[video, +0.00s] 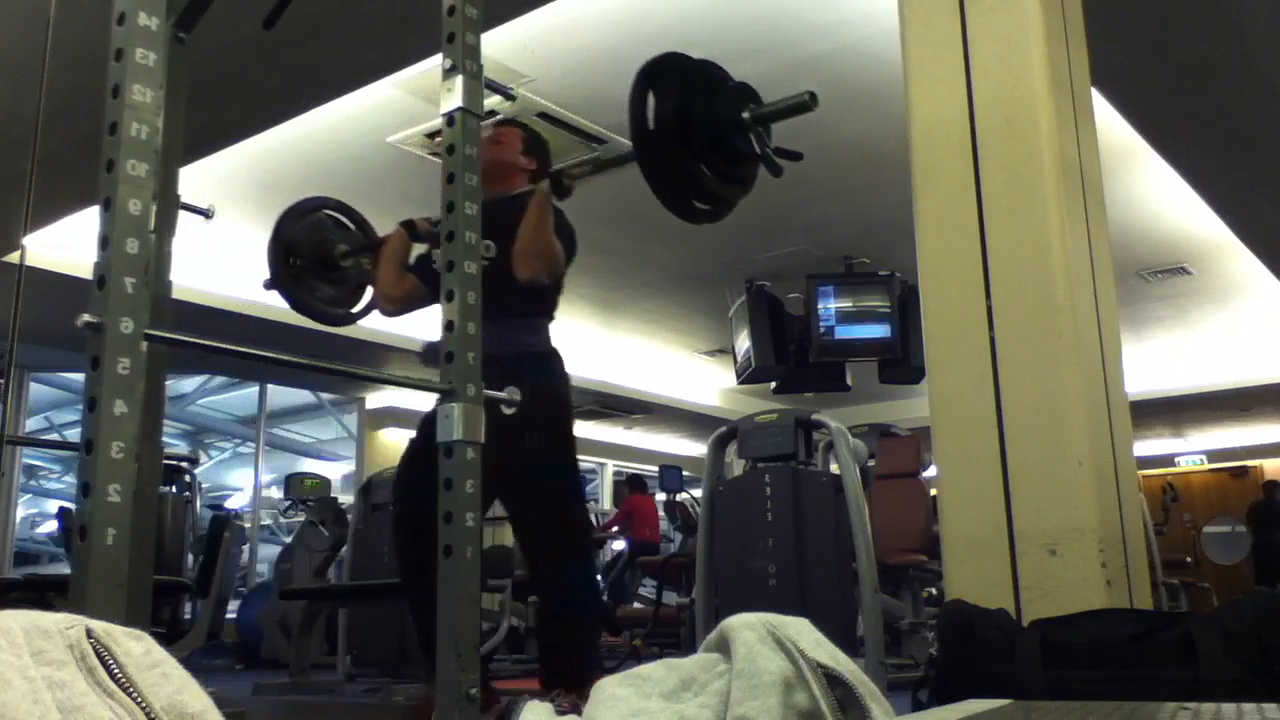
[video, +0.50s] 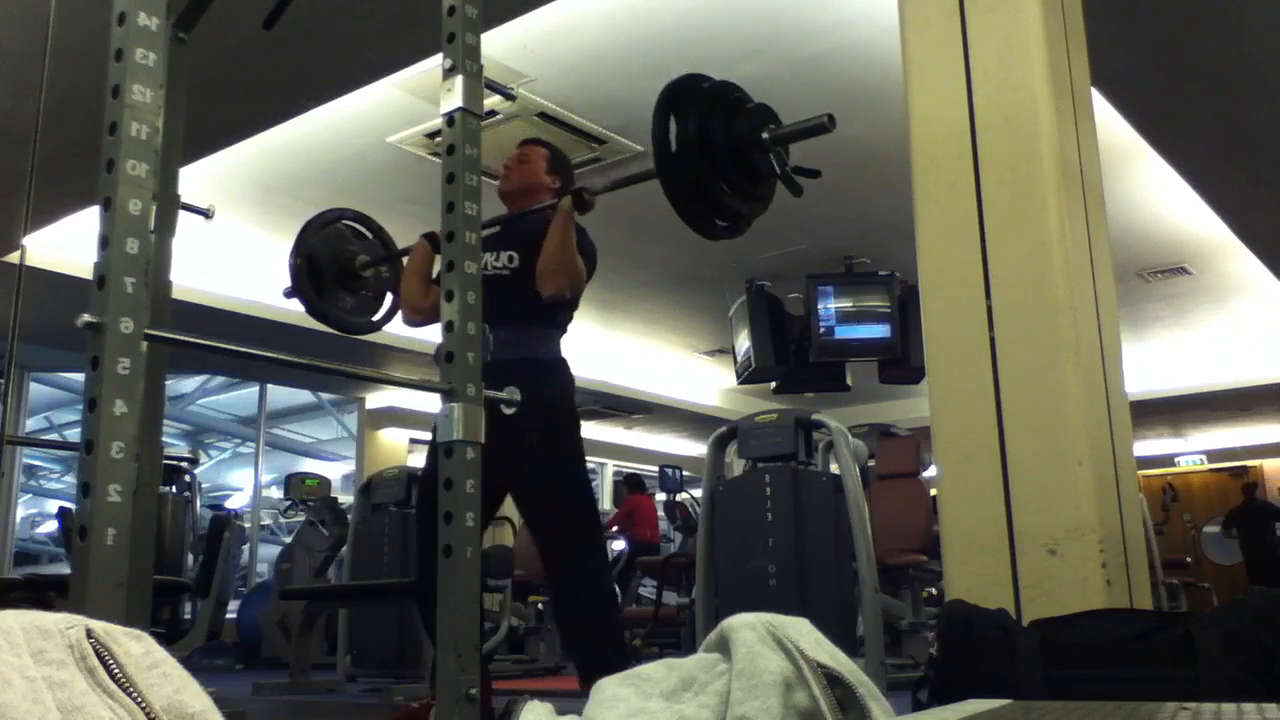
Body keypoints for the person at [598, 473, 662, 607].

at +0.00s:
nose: (626, 491)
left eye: (627, 488)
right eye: (626, 488)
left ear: (630, 488)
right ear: (644, 487)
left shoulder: (631, 501)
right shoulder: (650, 501)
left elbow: (616, 520)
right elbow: (637, 523)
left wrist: (601, 529)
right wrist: (620, 532)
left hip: (637, 546)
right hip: (654, 546)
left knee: (610, 569)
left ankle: (617, 601)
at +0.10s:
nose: (626, 490)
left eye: (626, 487)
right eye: (625, 487)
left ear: (630, 487)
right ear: (644, 486)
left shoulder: (631, 500)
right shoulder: (650, 500)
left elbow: (617, 519)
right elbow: (637, 522)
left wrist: (601, 529)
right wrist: (619, 532)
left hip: (637, 545)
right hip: (654, 545)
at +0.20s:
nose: (624, 490)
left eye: (625, 487)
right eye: (624, 487)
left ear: (629, 487)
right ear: (643, 485)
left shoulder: (631, 500)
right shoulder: (649, 501)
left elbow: (617, 520)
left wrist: (600, 530)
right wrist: (614, 534)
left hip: (637, 544)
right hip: (654, 545)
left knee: (604, 554)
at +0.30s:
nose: (624, 490)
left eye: (625, 486)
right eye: (624, 486)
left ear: (629, 487)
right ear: (643, 486)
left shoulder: (631, 501)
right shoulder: (649, 501)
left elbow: (615, 521)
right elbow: (631, 525)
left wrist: (598, 530)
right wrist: (613, 534)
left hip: (636, 546)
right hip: (654, 546)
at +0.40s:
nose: (624, 489)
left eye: (625, 486)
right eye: (624, 486)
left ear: (629, 487)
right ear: (642, 486)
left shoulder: (631, 501)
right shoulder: (649, 500)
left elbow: (617, 521)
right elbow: (636, 522)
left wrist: (600, 530)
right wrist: (619, 531)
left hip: (637, 545)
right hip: (655, 546)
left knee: (624, 575)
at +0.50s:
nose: (624, 490)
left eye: (625, 486)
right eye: (624, 487)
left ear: (629, 487)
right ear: (642, 485)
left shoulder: (632, 500)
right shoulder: (649, 501)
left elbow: (617, 518)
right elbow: (635, 522)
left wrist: (604, 528)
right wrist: (617, 532)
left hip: (638, 546)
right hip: (654, 546)